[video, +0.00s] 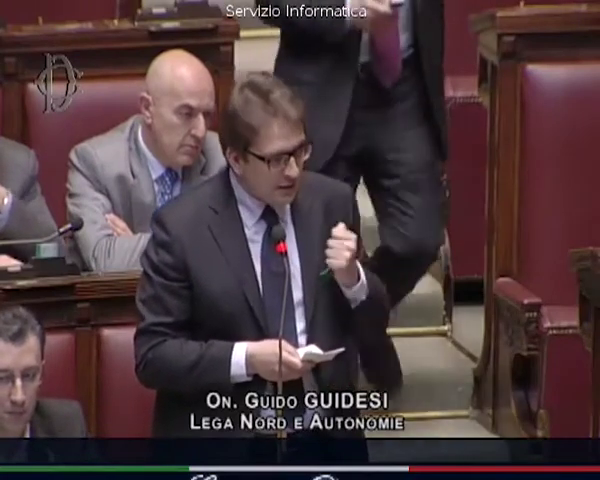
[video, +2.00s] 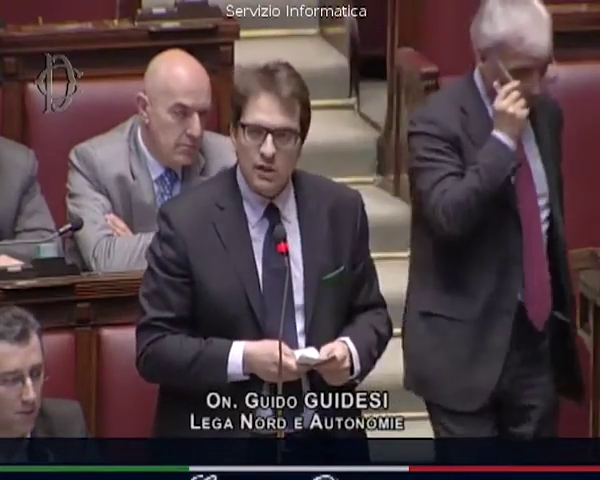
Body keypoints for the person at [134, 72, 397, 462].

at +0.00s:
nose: (294, 170)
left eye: (300, 152)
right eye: (277, 159)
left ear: (309, 142)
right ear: (235, 157)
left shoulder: (333, 200)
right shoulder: (180, 224)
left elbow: (374, 322)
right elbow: (153, 356)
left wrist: (353, 280)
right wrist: (246, 358)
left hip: (324, 436)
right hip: (219, 443)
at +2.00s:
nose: (268, 150)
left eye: (284, 135)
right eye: (254, 132)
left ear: (302, 139)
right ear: (234, 134)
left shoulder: (342, 208)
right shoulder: (184, 219)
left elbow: (372, 314)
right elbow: (154, 349)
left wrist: (350, 352)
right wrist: (243, 357)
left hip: (323, 439)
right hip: (216, 443)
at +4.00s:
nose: (300, 178)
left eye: (303, 159)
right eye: (284, 168)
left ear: (309, 146)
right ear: (240, 166)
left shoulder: (328, 202)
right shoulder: (176, 227)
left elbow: (355, 300)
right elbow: (152, 359)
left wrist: (373, 322)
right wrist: (246, 358)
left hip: (322, 435)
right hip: (217, 443)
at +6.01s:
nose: (297, 207)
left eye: (309, 191)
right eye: (284, 193)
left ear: (320, 167)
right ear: (248, 169)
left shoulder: (342, 208)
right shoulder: (187, 223)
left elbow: (369, 312)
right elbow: (162, 354)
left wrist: (360, 345)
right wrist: (250, 359)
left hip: (325, 442)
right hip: (221, 446)